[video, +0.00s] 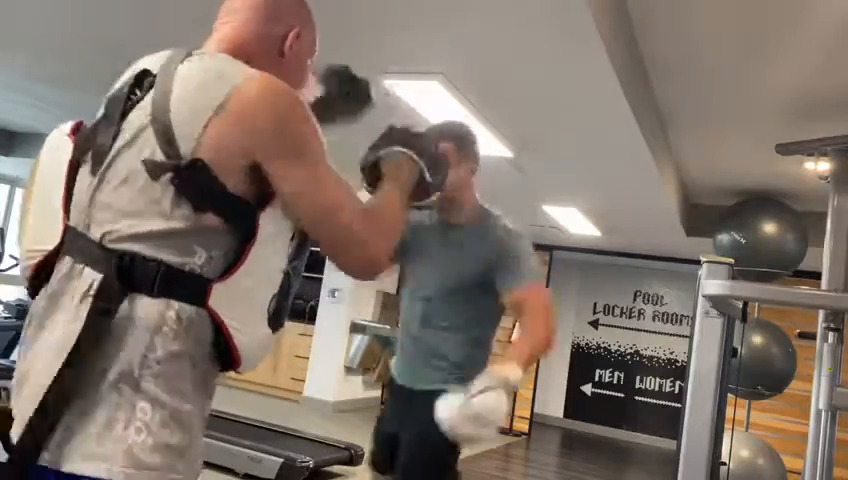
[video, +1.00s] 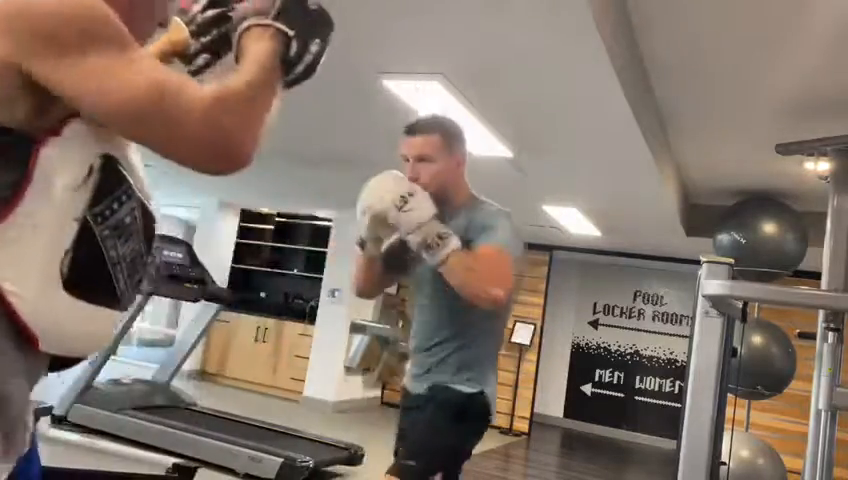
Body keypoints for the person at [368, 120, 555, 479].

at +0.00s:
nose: (439, 176)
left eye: (448, 165)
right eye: (433, 166)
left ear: (472, 168)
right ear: (423, 170)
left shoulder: (501, 240)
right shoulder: (413, 229)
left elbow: (538, 323)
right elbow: (363, 252)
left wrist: (502, 378)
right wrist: (392, 183)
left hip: (449, 395)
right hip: (401, 384)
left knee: (420, 472)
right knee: (384, 464)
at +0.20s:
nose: (415, 173)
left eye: (429, 161)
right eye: (413, 159)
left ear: (460, 165)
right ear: (406, 160)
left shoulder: (479, 217)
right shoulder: (408, 215)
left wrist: (427, 239)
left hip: (431, 377)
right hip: (383, 367)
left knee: (380, 469)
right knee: (357, 464)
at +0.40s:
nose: (396, 181)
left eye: (410, 170)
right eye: (392, 169)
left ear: (442, 173)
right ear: (382, 171)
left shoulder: (472, 251)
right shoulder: (361, 234)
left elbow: (511, 318)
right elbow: (320, 274)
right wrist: (263, 264)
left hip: (407, 407)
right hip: (348, 399)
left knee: (355, 472)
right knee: (349, 473)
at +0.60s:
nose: (326, 168)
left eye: (335, 155)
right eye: (327, 155)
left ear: (369, 157)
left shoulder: (418, 222)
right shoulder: (373, 220)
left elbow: (411, 299)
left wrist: (326, 320)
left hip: (393, 413)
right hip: (370, 403)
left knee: (316, 473)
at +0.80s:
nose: (388, 162)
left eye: (402, 149)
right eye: (385, 150)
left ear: (440, 151)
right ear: (381, 150)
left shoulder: (476, 220)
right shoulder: (398, 214)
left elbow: (471, 296)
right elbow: (331, 263)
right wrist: (354, 204)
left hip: (431, 396)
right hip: (394, 386)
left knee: (368, 471)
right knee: (415, 475)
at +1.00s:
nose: (410, 173)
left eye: (423, 161)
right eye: (406, 161)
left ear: (458, 162)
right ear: (401, 162)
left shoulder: (491, 221)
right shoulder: (422, 222)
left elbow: (492, 292)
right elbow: (366, 287)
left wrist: (431, 236)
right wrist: (374, 235)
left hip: (461, 394)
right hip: (420, 387)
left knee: (403, 473)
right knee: (431, 475)